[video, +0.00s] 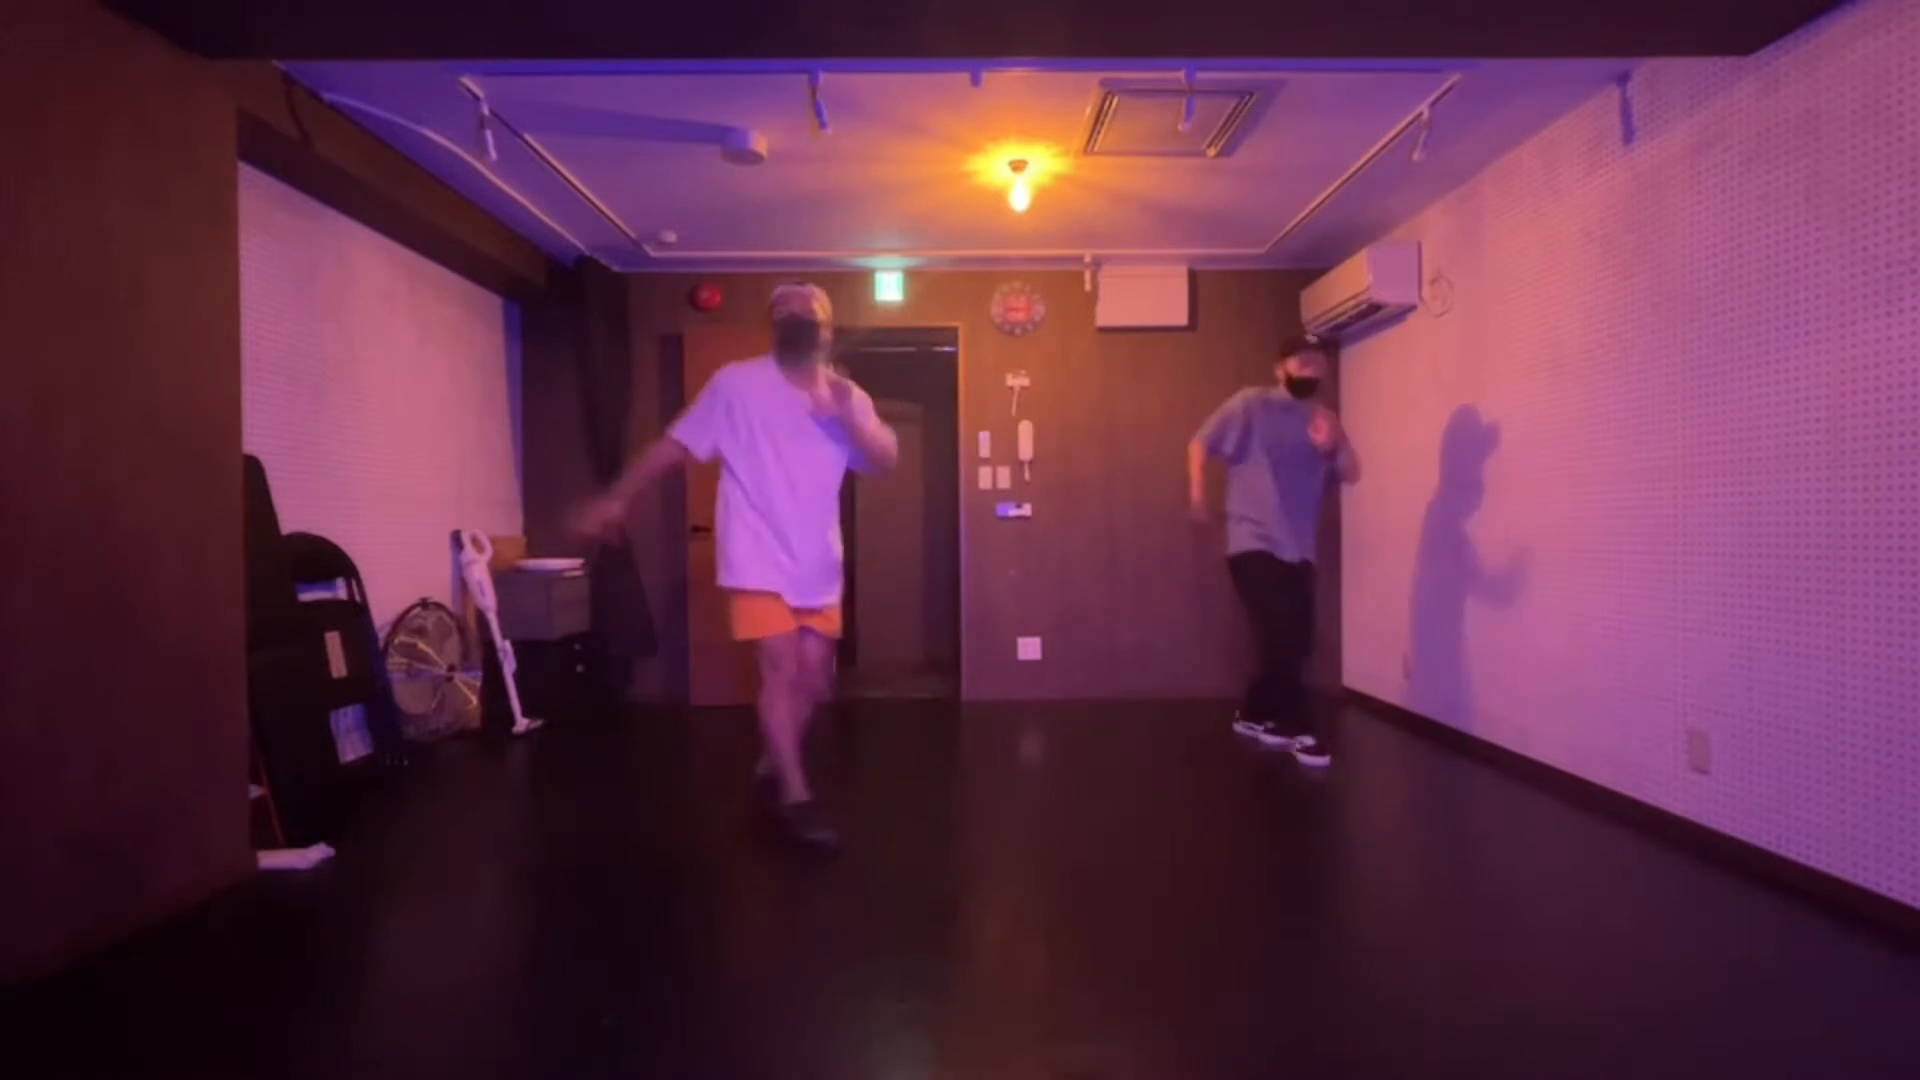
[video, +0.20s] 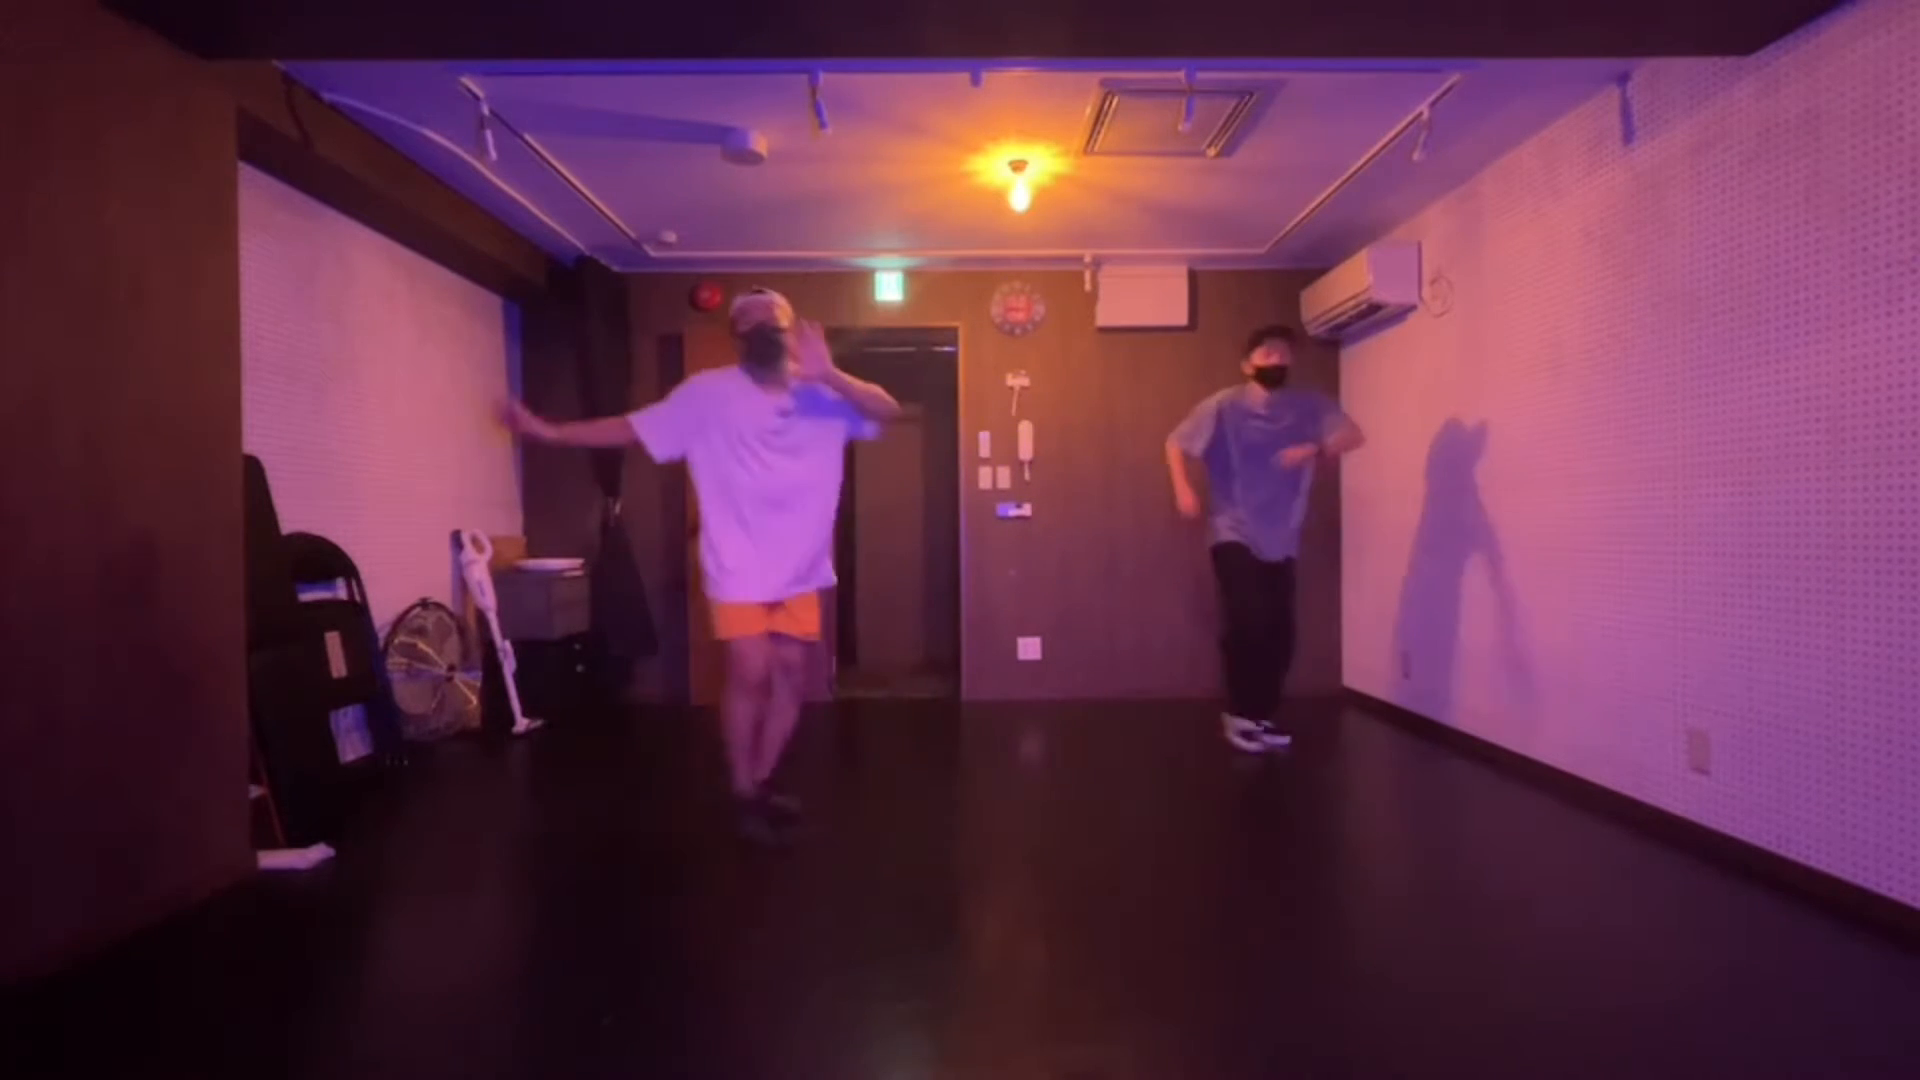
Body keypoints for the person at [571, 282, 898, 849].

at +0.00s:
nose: (800, 328)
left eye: (811, 320)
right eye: (790, 319)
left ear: (829, 330)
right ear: (774, 326)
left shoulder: (843, 393)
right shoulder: (737, 384)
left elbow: (886, 458)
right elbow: (673, 446)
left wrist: (847, 414)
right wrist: (617, 499)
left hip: (818, 555)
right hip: (756, 554)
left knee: (814, 673)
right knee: (780, 665)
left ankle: (769, 769)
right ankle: (795, 796)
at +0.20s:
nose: (764, 333)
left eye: (773, 324)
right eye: (751, 326)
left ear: (793, 333)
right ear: (735, 340)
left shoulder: (822, 395)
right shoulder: (709, 393)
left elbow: (889, 411)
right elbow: (630, 429)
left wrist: (829, 374)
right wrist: (551, 432)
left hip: (801, 566)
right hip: (735, 566)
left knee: (790, 675)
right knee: (750, 671)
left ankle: (759, 784)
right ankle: (742, 792)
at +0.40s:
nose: (717, 323)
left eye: (728, 313)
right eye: (706, 315)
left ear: (752, 327)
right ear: (693, 329)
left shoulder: (790, 380)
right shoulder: (674, 385)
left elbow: (858, 372)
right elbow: (597, 417)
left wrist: (790, 342)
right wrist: (524, 389)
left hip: (776, 550)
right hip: (706, 555)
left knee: (772, 660)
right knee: (699, 672)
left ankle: (762, 783)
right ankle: (683, 779)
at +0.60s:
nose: (682, 317)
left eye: (693, 306)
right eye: (673, 309)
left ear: (716, 315)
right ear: (661, 321)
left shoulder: (761, 370)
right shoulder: (642, 378)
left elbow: (826, 349)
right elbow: (568, 405)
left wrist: (759, 339)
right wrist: (513, 381)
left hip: (755, 548)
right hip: (682, 555)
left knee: (764, 659)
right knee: (681, 671)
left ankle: (761, 781)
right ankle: (678, 779)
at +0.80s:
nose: (650, 323)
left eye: (661, 313)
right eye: (639, 315)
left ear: (685, 319)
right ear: (625, 325)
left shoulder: (724, 361)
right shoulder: (609, 387)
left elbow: (793, 369)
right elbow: (571, 444)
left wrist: (750, 404)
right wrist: (544, 435)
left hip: (730, 548)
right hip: (659, 557)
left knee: (734, 666)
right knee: (669, 674)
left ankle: (756, 784)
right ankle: (679, 785)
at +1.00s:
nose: (613, 345)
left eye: (624, 333)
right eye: (600, 337)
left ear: (649, 339)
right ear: (586, 351)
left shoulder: (701, 377)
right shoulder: (587, 425)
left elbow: (777, 375)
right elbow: (569, 499)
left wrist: (810, 438)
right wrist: (544, 455)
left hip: (720, 551)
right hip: (652, 566)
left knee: (682, 677)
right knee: (649, 689)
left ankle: (658, 805)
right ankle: (693, 779)